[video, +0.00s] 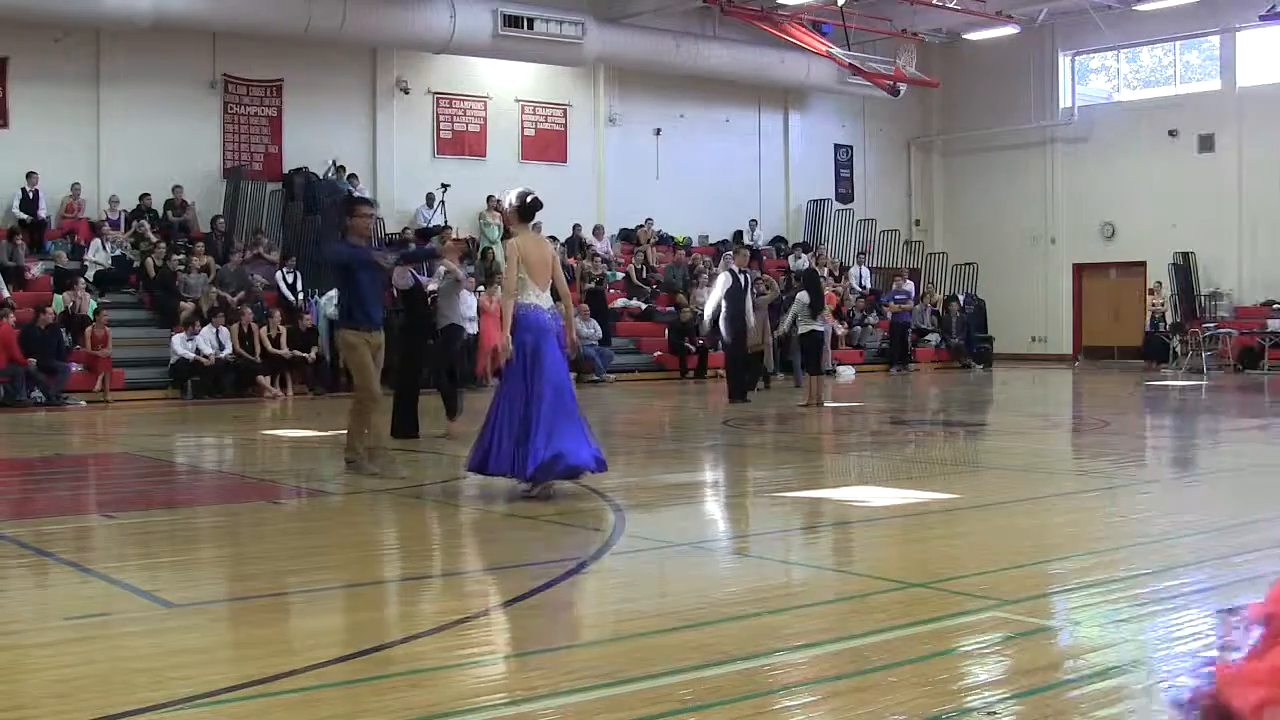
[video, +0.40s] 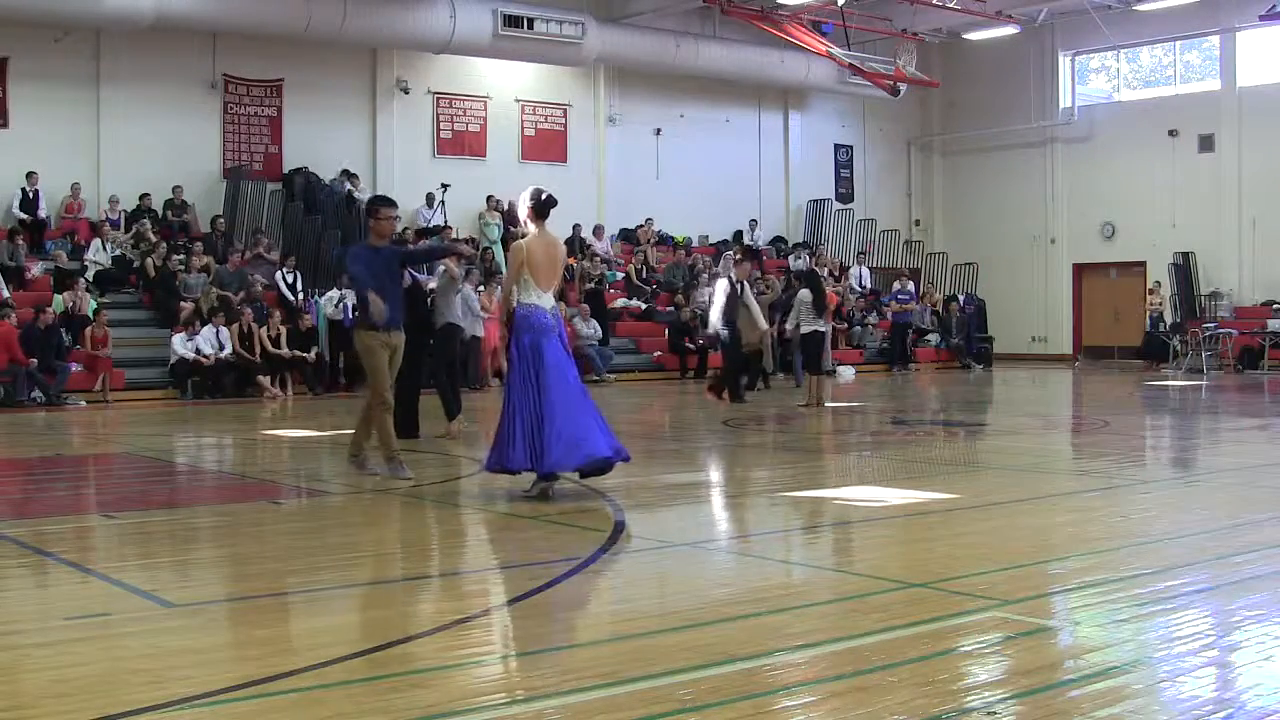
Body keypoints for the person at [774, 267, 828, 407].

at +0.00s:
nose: (800, 281)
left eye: (802, 279)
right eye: (801, 279)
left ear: (805, 280)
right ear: (817, 280)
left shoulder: (801, 296)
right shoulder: (820, 295)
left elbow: (792, 314)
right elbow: (825, 315)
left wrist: (782, 329)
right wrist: (836, 328)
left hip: (806, 332)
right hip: (819, 332)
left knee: (810, 368)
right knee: (817, 367)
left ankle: (811, 398)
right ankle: (819, 397)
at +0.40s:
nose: (801, 281)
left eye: (802, 279)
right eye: (802, 279)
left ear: (805, 279)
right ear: (817, 279)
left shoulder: (802, 294)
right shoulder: (822, 293)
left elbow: (795, 312)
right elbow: (823, 314)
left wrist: (789, 326)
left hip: (807, 331)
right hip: (820, 331)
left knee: (811, 367)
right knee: (818, 367)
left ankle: (811, 397)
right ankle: (820, 397)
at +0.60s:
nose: (800, 282)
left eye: (801, 279)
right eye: (800, 279)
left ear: (806, 279)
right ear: (817, 278)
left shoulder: (804, 291)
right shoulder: (822, 292)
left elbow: (786, 297)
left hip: (808, 331)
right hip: (820, 331)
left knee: (810, 368)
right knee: (817, 368)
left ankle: (811, 398)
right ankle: (820, 398)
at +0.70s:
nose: (804, 283)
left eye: (805, 279)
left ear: (808, 279)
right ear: (818, 278)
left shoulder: (808, 290)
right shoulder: (826, 292)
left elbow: (793, 281)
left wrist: (792, 276)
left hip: (807, 330)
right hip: (821, 330)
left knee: (802, 364)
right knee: (818, 367)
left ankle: (806, 396)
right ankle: (821, 398)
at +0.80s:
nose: (806, 282)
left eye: (807, 279)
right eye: (807, 279)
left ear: (810, 280)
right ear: (820, 280)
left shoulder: (809, 291)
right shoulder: (827, 294)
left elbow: (799, 278)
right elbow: (829, 311)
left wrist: (796, 259)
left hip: (807, 330)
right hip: (821, 331)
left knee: (798, 359)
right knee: (820, 367)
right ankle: (822, 397)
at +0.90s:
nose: (807, 281)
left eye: (808, 279)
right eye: (807, 278)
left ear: (811, 281)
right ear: (822, 280)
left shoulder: (809, 292)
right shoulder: (828, 295)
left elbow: (804, 274)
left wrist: (799, 257)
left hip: (807, 330)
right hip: (821, 331)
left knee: (795, 359)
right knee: (820, 367)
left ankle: (795, 392)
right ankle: (821, 398)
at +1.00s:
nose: (808, 282)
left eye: (809, 280)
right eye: (809, 279)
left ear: (812, 281)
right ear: (824, 282)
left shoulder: (809, 292)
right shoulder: (828, 296)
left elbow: (805, 272)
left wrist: (808, 256)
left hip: (805, 330)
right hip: (820, 331)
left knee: (791, 360)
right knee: (820, 367)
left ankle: (794, 393)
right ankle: (821, 398)